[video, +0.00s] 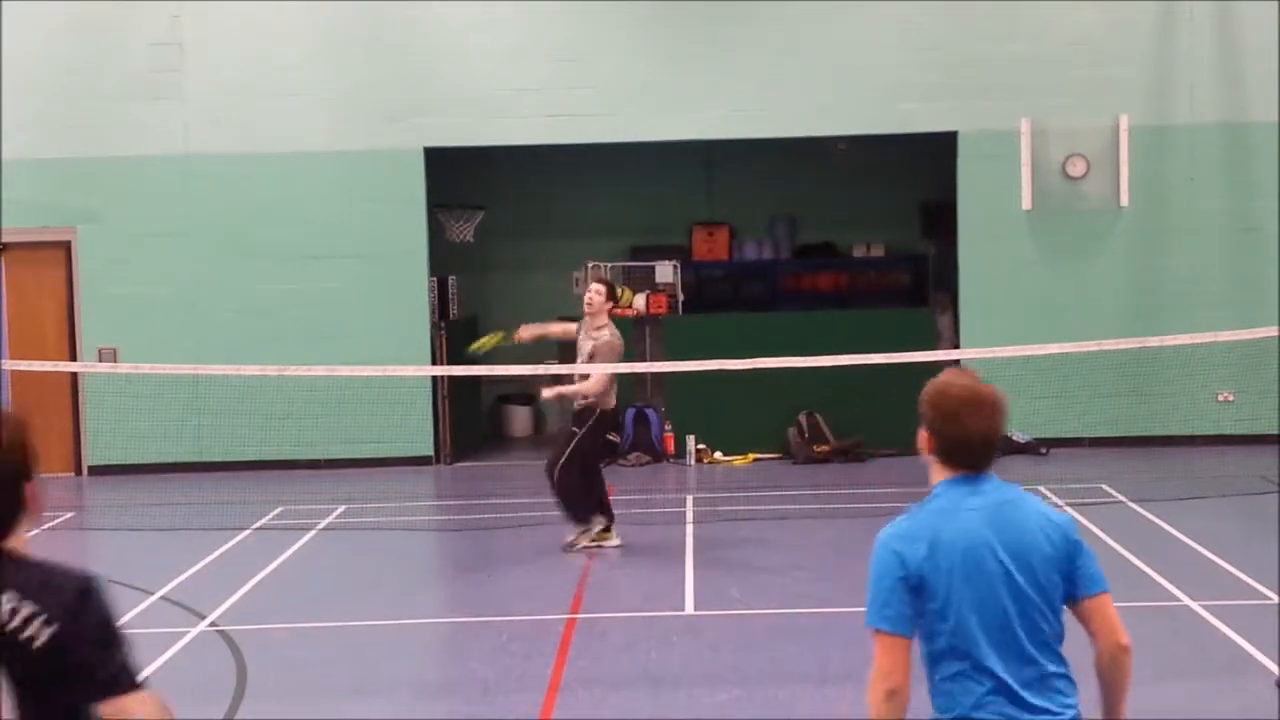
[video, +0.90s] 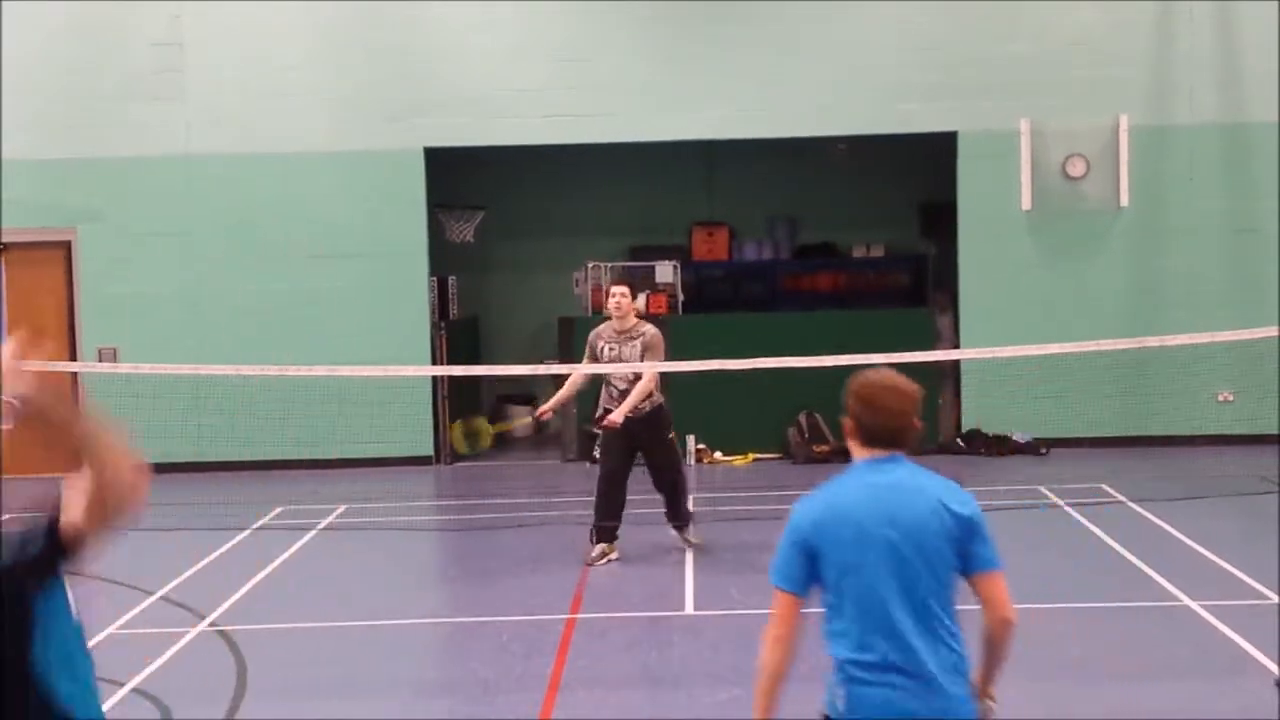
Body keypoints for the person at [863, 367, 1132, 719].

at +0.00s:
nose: (918, 432)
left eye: (919, 425)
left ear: (925, 441)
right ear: (994, 439)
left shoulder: (904, 540)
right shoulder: (1050, 521)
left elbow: (890, 687)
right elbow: (1115, 644)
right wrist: (1114, 713)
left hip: (965, 710)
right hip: (1055, 709)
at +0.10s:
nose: (952, 415)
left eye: (956, 412)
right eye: (957, 409)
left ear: (966, 439)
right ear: (1030, 443)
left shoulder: (928, 535)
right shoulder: (1074, 529)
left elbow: (905, 680)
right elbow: (1129, 660)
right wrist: (1133, 714)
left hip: (971, 709)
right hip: (1061, 708)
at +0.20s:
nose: (989, 412)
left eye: (997, 410)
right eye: (997, 406)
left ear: (1008, 446)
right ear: (1062, 452)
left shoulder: (955, 534)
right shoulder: (1102, 541)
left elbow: (924, 673)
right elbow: (1135, 678)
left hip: (983, 709)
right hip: (1074, 710)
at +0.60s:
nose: (976, 424)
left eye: (986, 418)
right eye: (984, 415)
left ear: (1001, 447)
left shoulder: (941, 528)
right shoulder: (1083, 535)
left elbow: (922, 655)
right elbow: (1115, 670)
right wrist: (1079, 712)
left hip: (965, 709)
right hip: (1056, 709)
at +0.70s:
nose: (930, 440)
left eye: (940, 432)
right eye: (937, 431)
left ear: (959, 457)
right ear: (1001, 461)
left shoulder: (904, 539)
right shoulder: (1042, 538)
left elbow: (876, 666)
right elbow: (1084, 666)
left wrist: (865, 712)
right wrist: (1061, 712)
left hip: (937, 710)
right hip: (1027, 710)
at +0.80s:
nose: (881, 442)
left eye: (887, 433)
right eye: (884, 432)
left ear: (903, 447)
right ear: (950, 449)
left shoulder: (856, 531)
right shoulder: (991, 524)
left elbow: (824, 658)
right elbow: (1042, 645)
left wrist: (809, 712)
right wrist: (1021, 708)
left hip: (896, 708)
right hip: (983, 707)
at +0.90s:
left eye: (845, 421)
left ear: (849, 429)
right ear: (914, 429)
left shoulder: (816, 510)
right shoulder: (951, 499)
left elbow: (780, 633)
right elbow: (1001, 615)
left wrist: (762, 710)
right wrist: (984, 686)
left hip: (860, 702)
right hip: (946, 702)